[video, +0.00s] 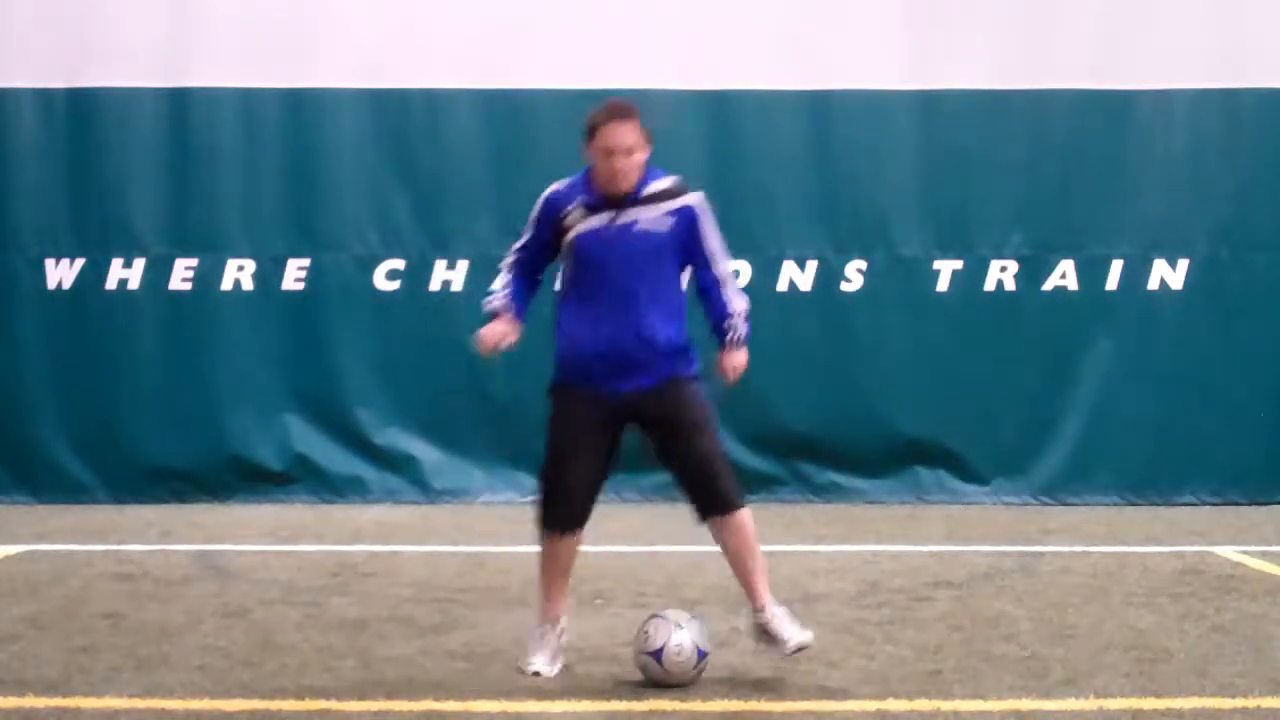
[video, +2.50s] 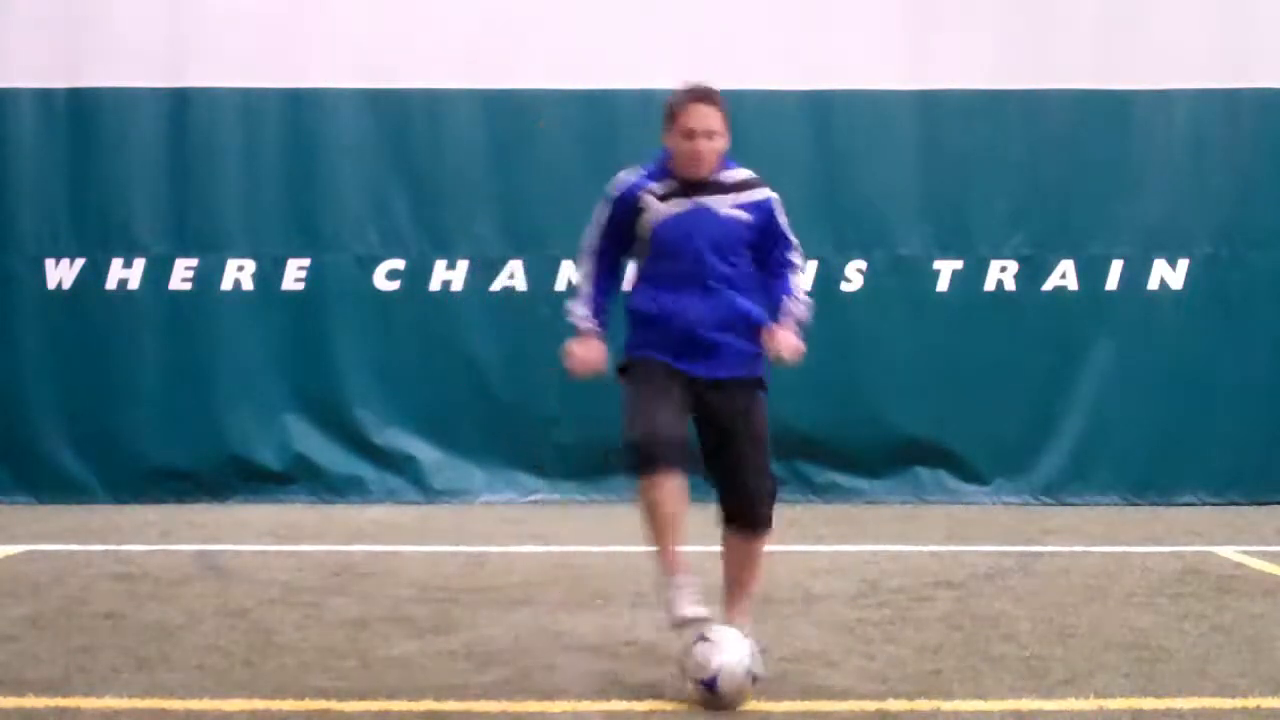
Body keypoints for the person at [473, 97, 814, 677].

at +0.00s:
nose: (620, 163)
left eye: (630, 151)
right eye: (609, 152)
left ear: (648, 150)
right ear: (588, 153)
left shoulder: (680, 202)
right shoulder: (561, 204)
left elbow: (717, 272)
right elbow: (523, 264)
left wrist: (732, 334)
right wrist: (508, 313)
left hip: (665, 377)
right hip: (585, 383)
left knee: (717, 487)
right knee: (562, 507)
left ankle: (767, 611)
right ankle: (550, 628)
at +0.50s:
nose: (811, 205)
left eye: (820, 192)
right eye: (799, 192)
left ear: (832, 190)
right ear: (775, 187)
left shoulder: (836, 229)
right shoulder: (740, 232)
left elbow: (860, 279)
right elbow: (676, 293)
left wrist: (856, 298)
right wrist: (641, 369)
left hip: (782, 391)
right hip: (732, 390)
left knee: (819, 502)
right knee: (806, 507)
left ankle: (697, 545)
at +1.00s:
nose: (773, 181)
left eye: (785, 171)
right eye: (763, 169)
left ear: (801, 173)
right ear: (743, 170)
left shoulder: (817, 223)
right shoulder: (708, 217)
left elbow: (851, 289)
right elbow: (647, 266)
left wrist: (874, 344)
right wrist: (631, 326)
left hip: (771, 394)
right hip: (699, 389)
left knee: (781, 523)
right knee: (708, 505)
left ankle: (772, 635)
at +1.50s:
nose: (582, 187)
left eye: (593, 175)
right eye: (572, 176)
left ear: (616, 173)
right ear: (560, 177)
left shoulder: (654, 219)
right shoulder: (544, 228)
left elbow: (704, 281)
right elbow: (512, 273)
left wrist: (724, 346)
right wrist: (479, 291)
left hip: (646, 369)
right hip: (582, 385)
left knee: (610, 435)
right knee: (573, 518)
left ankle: (670, 556)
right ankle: (602, 624)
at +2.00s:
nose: (541, 199)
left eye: (553, 187)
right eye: (531, 187)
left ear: (577, 181)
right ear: (517, 183)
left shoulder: (615, 227)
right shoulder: (504, 230)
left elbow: (682, 282)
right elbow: (488, 290)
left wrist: (690, 352)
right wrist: (465, 338)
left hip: (602, 403)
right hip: (541, 403)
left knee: (552, 520)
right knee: (521, 513)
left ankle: (526, 655)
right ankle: (642, 528)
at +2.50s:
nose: (702, 146)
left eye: (712, 136)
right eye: (691, 135)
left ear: (727, 139)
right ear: (668, 137)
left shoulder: (754, 195)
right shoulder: (634, 193)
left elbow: (789, 265)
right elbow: (599, 261)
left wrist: (789, 320)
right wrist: (587, 327)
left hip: (732, 361)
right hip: (657, 357)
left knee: (750, 493)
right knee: (660, 451)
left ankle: (737, 623)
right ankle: (678, 580)